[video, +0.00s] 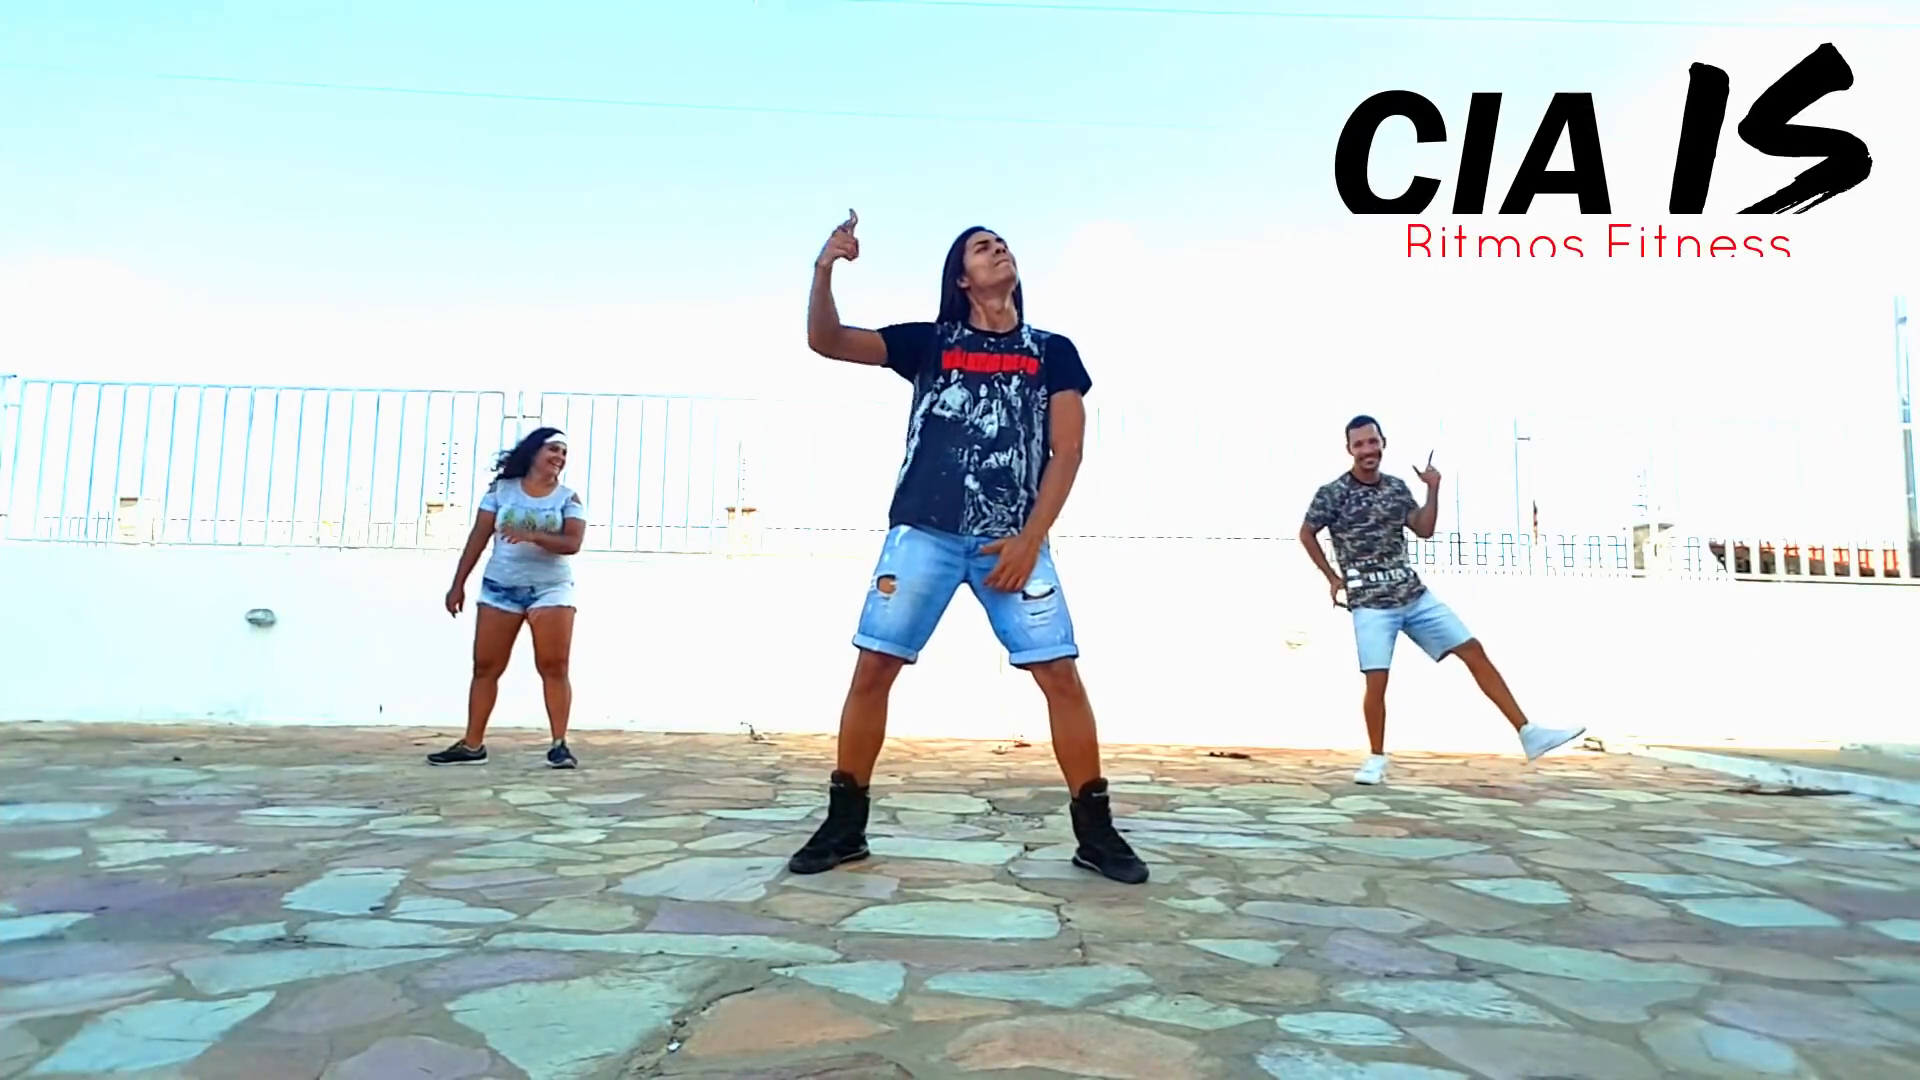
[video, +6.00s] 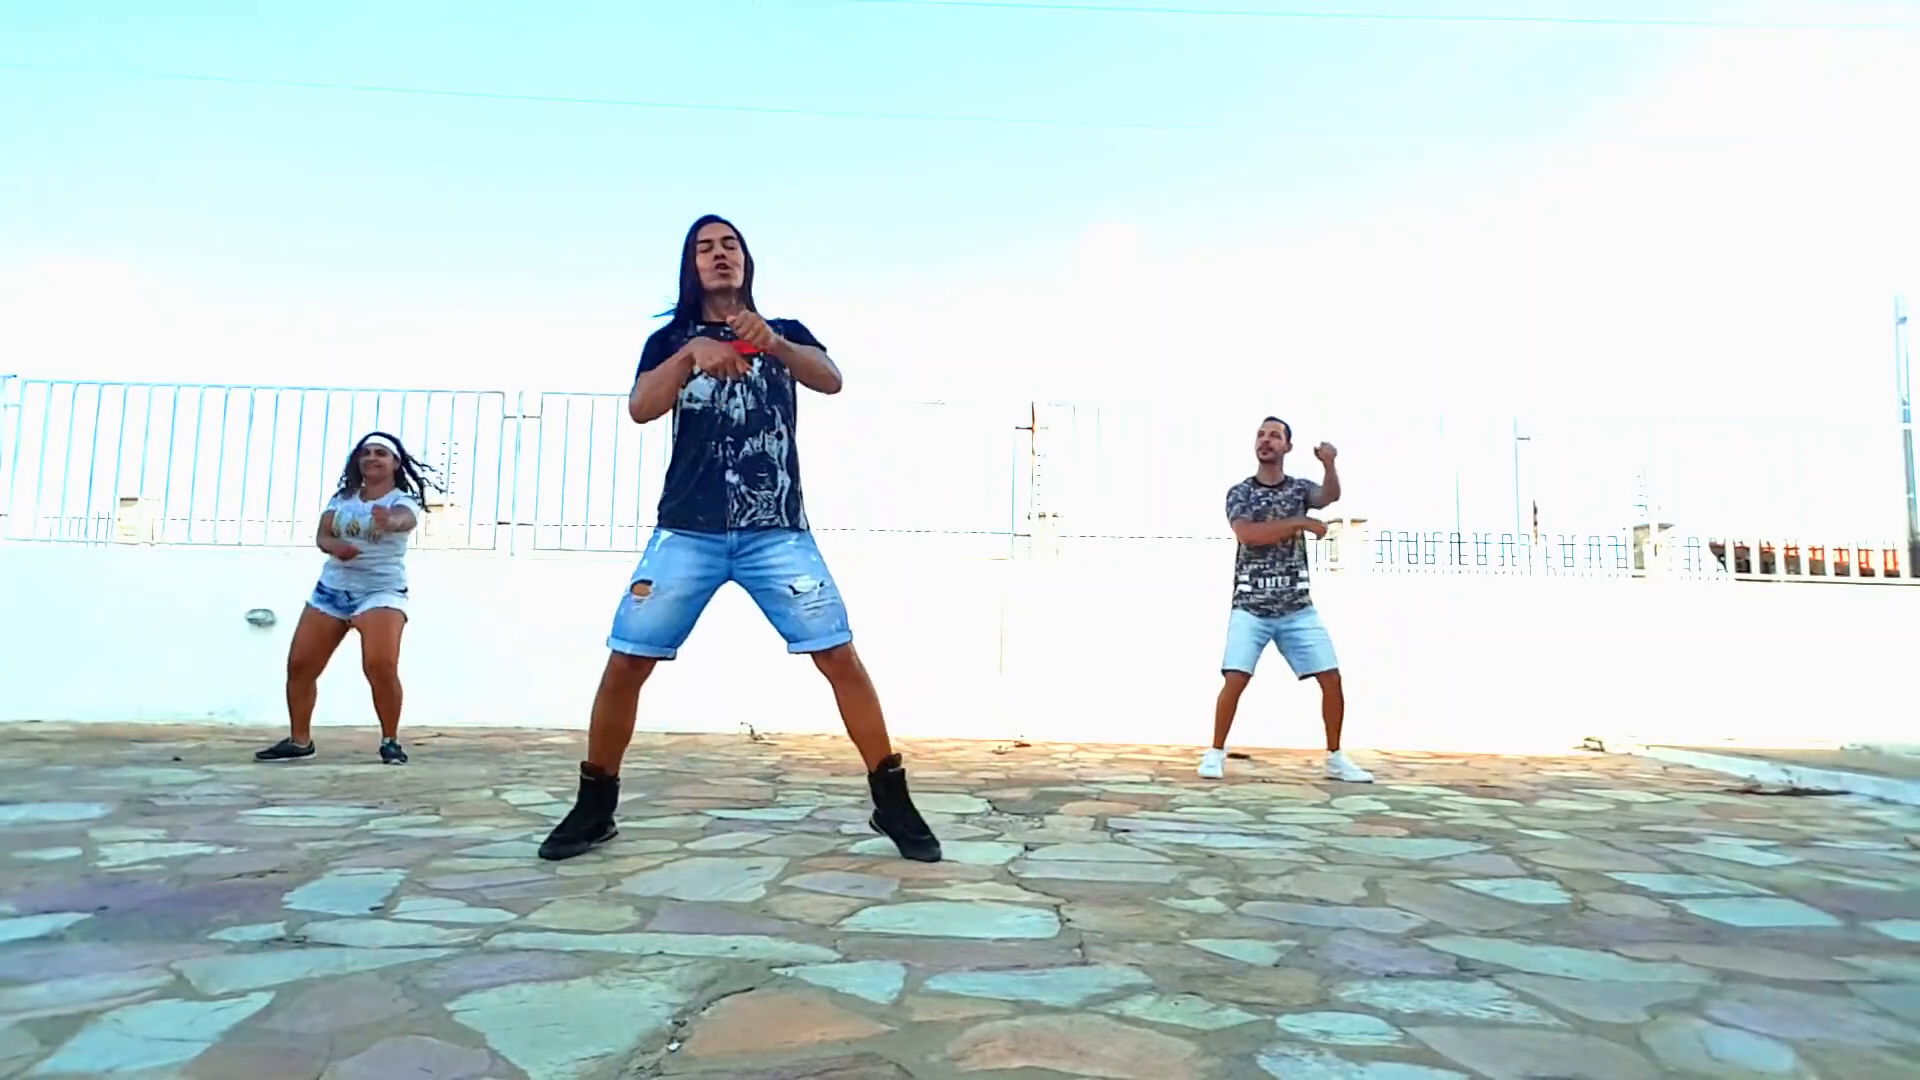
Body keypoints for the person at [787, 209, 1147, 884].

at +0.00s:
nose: (997, 251)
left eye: (1001, 246)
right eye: (982, 249)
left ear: (1016, 269)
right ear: (960, 278)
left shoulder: (1053, 353)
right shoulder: (929, 343)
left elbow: (1066, 451)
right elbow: (827, 341)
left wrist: (1033, 535)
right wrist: (824, 268)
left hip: (1016, 539)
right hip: (925, 531)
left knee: (1061, 676)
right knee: (873, 669)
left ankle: (1096, 832)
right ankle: (843, 825)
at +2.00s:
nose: (967, 270)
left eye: (978, 260)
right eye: (954, 262)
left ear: (997, 274)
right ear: (937, 279)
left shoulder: (1031, 336)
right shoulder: (923, 348)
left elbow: (1048, 361)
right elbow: (928, 391)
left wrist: (1013, 344)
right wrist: (902, 375)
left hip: (1017, 529)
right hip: (931, 526)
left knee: (1063, 667)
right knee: (874, 664)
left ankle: (1097, 831)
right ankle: (843, 824)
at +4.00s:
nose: (964, 253)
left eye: (980, 245)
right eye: (966, 246)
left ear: (1013, 262)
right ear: (969, 270)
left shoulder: (1055, 334)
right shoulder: (940, 352)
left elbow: (1058, 387)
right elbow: (855, 416)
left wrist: (1002, 406)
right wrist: (764, 379)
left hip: (1016, 536)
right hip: (928, 531)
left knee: (1070, 670)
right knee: (872, 669)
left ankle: (1099, 831)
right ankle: (843, 824)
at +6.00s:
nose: (719, 253)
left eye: (729, 245)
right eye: (707, 247)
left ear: (748, 262)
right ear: (689, 268)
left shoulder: (785, 332)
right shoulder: (670, 339)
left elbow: (830, 380)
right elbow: (642, 407)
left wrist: (772, 345)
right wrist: (690, 356)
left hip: (778, 533)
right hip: (687, 534)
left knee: (839, 655)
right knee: (625, 661)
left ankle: (892, 798)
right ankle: (594, 804)